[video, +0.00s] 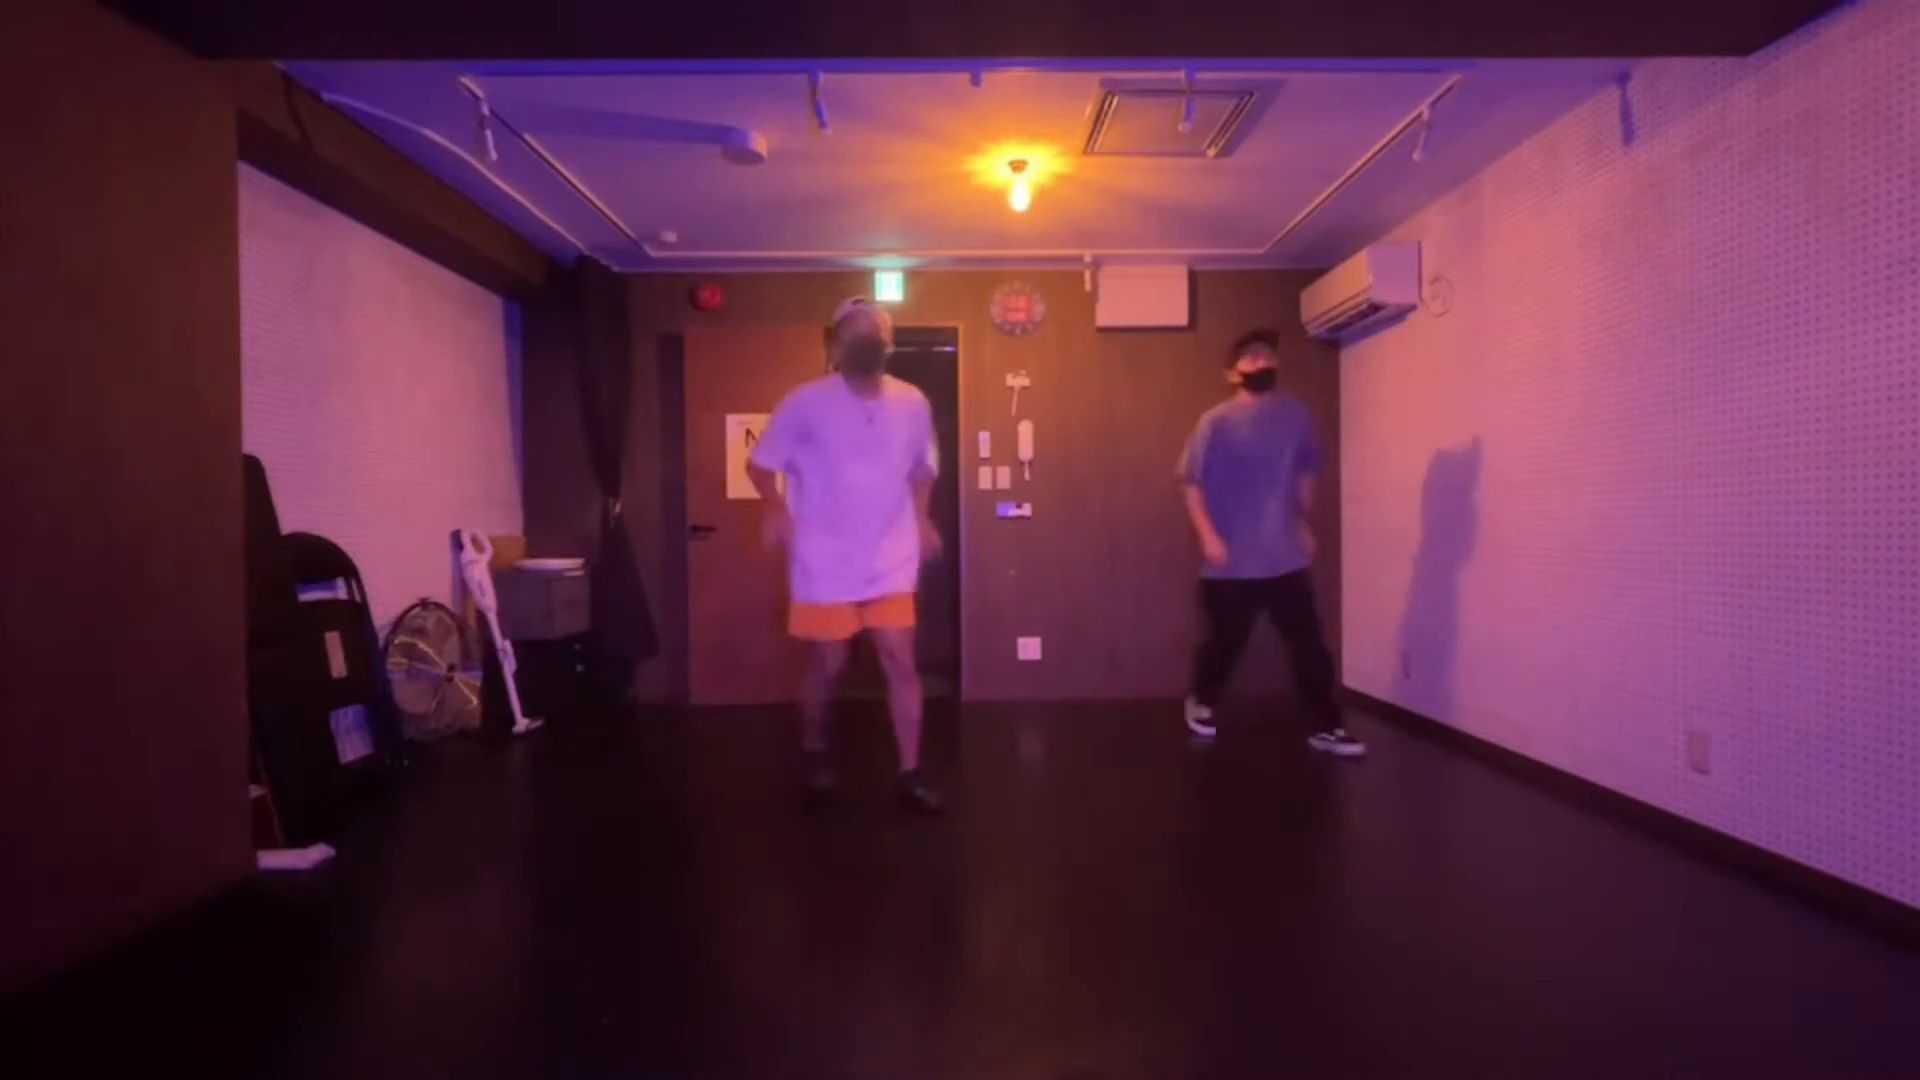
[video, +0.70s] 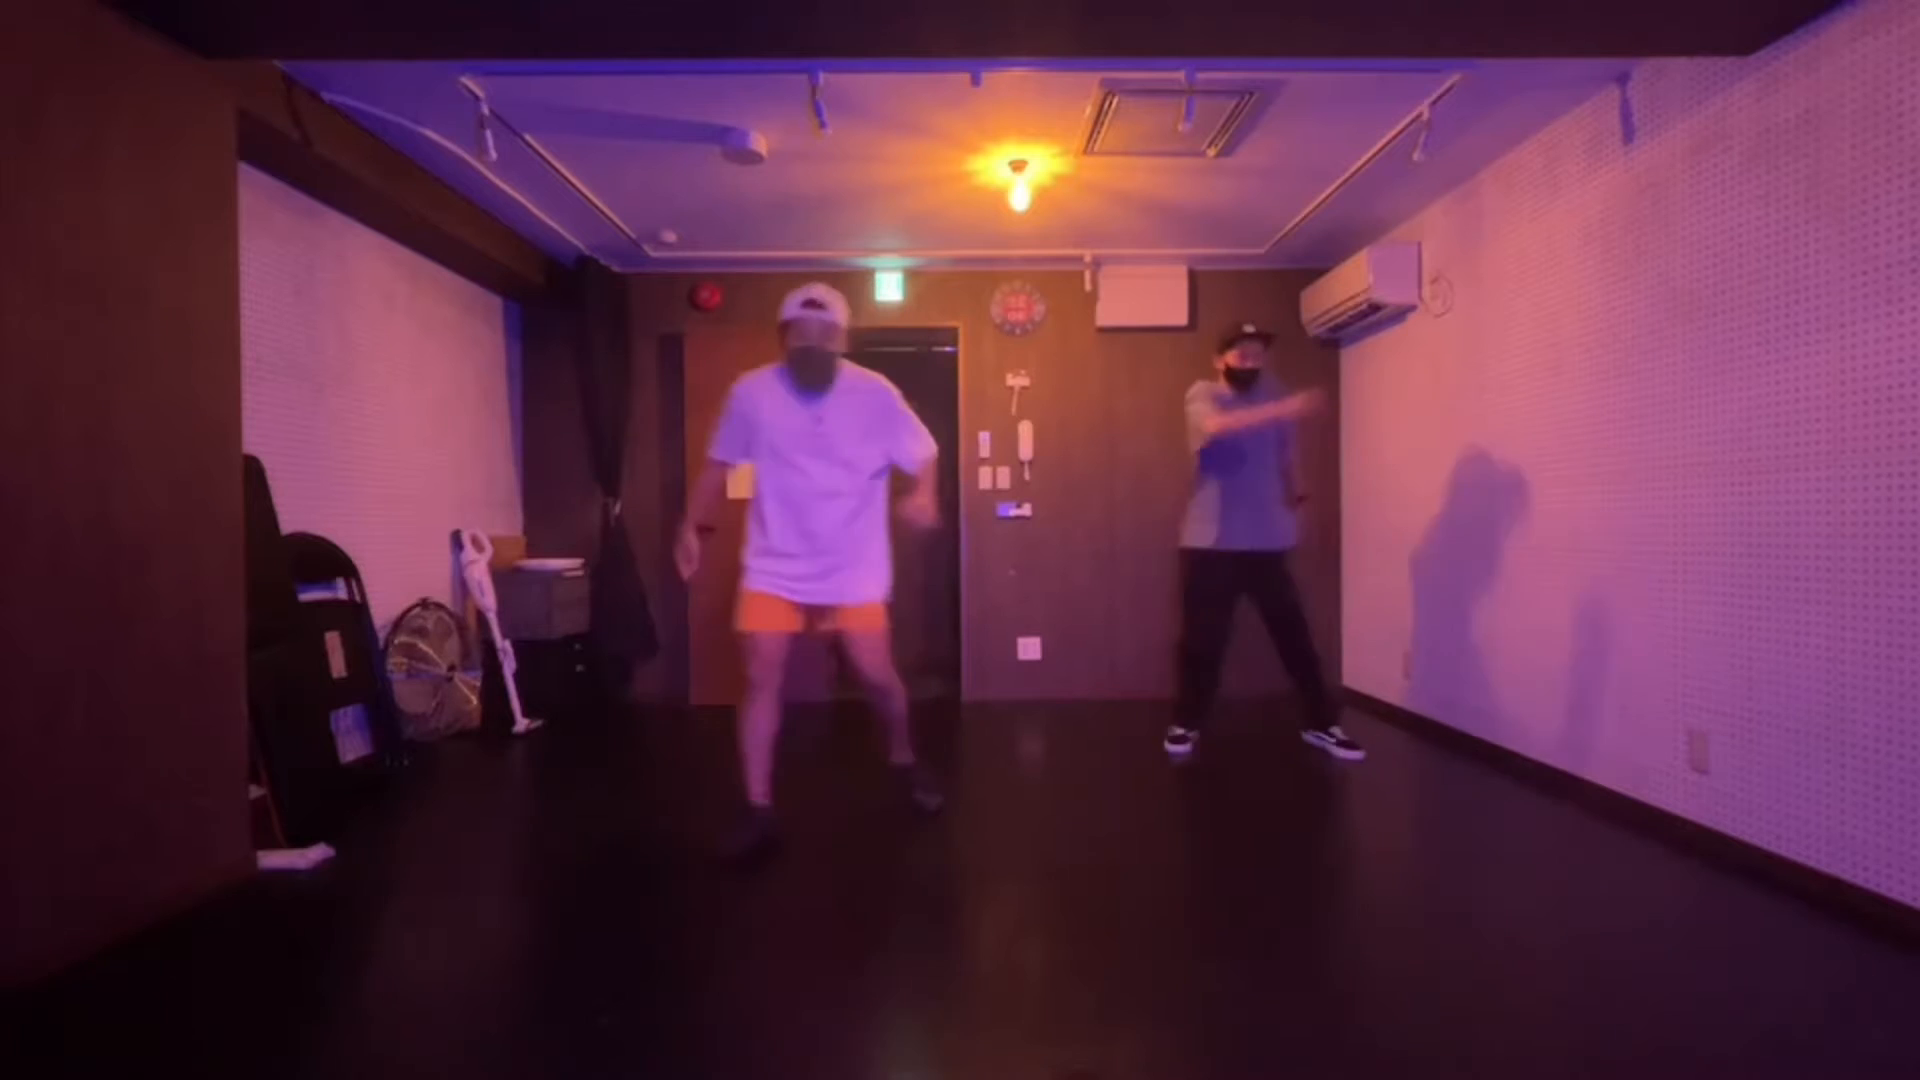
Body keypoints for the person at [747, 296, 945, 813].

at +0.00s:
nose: (869, 348)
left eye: (878, 339)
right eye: (858, 339)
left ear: (891, 346)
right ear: (835, 346)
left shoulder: (911, 404)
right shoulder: (805, 404)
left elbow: (922, 471)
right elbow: (760, 463)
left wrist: (921, 519)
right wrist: (777, 509)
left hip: (890, 558)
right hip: (824, 561)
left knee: (900, 660)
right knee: (828, 663)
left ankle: (910, 771)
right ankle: (814, 755)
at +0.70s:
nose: (814, 340)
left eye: (826, 331)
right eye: (803, 330)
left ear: (842, 339)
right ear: (785, 336)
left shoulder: (873, 393)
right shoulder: (753, 392)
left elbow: (923, 452)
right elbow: (718, 465)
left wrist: (923, 493)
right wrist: (691, 526)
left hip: (854, 564)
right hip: (774, 564)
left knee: (874, 670)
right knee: (761, 677)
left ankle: (903, 761)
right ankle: (758, 806)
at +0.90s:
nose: (759, 394)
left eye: (771, 383)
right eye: (749, 382)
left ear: (791, 387)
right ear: (732, 385)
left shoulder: (822, 422)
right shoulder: (704, 425)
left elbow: (896, 446)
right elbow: (656, 467)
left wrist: (863, 506)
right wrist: (645, 527)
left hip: (808, 588)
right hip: (730, 590)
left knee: (820, 691)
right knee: (727, 697)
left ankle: (811, 791)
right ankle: (728, 808)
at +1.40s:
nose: (735, 357)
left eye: (748, 346)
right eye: (726, 346)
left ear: (777, 350)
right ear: (715, 348)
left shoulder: (819, 404)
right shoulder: (695, 405)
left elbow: (871, 467)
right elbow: (688, 479)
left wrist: (839, 533)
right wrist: (680, 541)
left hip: (791, 574)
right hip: (718, 573)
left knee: (771, 701)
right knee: (721, 692)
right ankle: (733, 809)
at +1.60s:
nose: (770, 373)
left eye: (782, 362)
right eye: (760, 360)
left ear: (802, 366)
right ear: (741, 361)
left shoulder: (832, 415)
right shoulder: (707, 414)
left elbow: (900, 459)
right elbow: (659, 452)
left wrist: (853, 504)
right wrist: (673, 517)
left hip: (811, 578)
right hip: (730, 581)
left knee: (832, 690)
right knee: (724, 696)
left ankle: (754, 684)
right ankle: (735, 815)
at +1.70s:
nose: (811, 325)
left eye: (823, 316)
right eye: (801, 313)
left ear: (839, 328)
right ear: (776, 318)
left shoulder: (864, 393)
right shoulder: (737, 387)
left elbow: (897, 468)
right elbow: (701, 461)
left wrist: (869, 504)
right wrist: (690, 524)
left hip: (832, 565)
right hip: (750, 568)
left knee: (875, 673)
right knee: (743, 687)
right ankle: (736, 809)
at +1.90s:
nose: (869, 331)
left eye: (880, 321)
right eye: (858, 321)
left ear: (896, 325)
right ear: (837, 326)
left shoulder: (922, 397)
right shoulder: (803, 383)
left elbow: (936, 483)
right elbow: (771, 464)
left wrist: (916, 501)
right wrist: (735, 525)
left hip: (886, 569)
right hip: (806, 570)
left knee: (918, 682)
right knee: (774, 681)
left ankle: (899, 807)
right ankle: (741, 808)